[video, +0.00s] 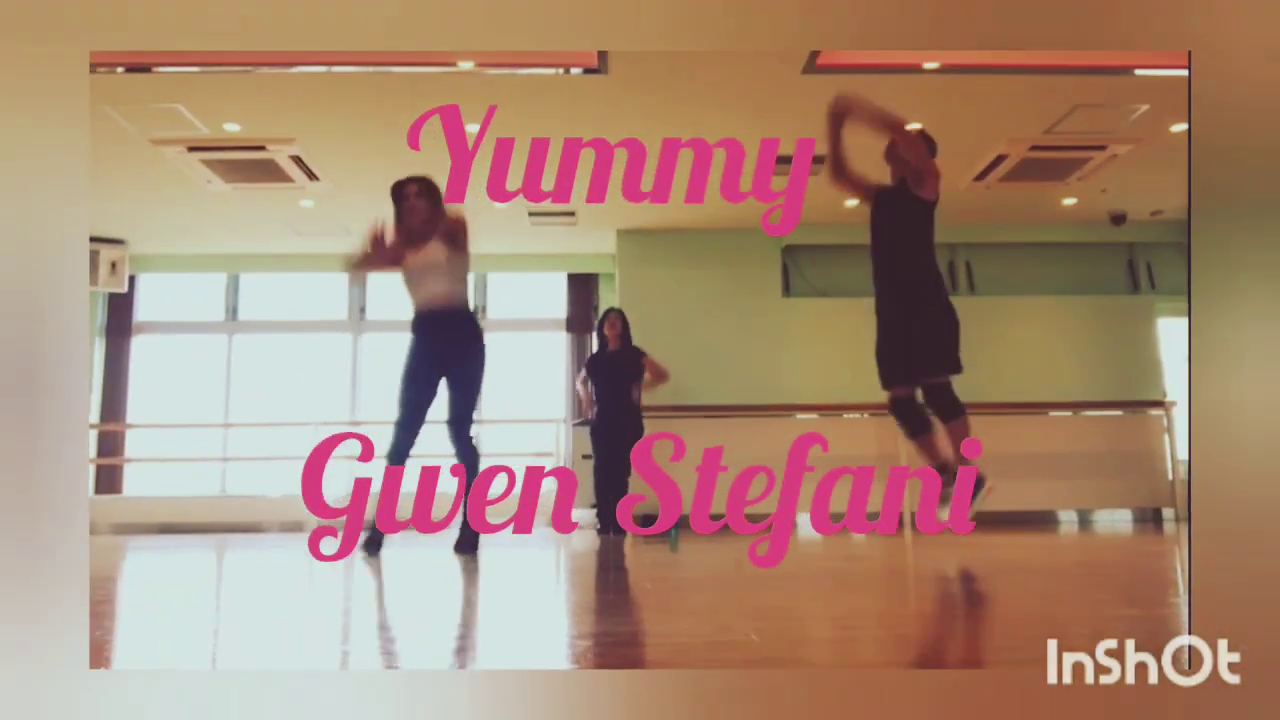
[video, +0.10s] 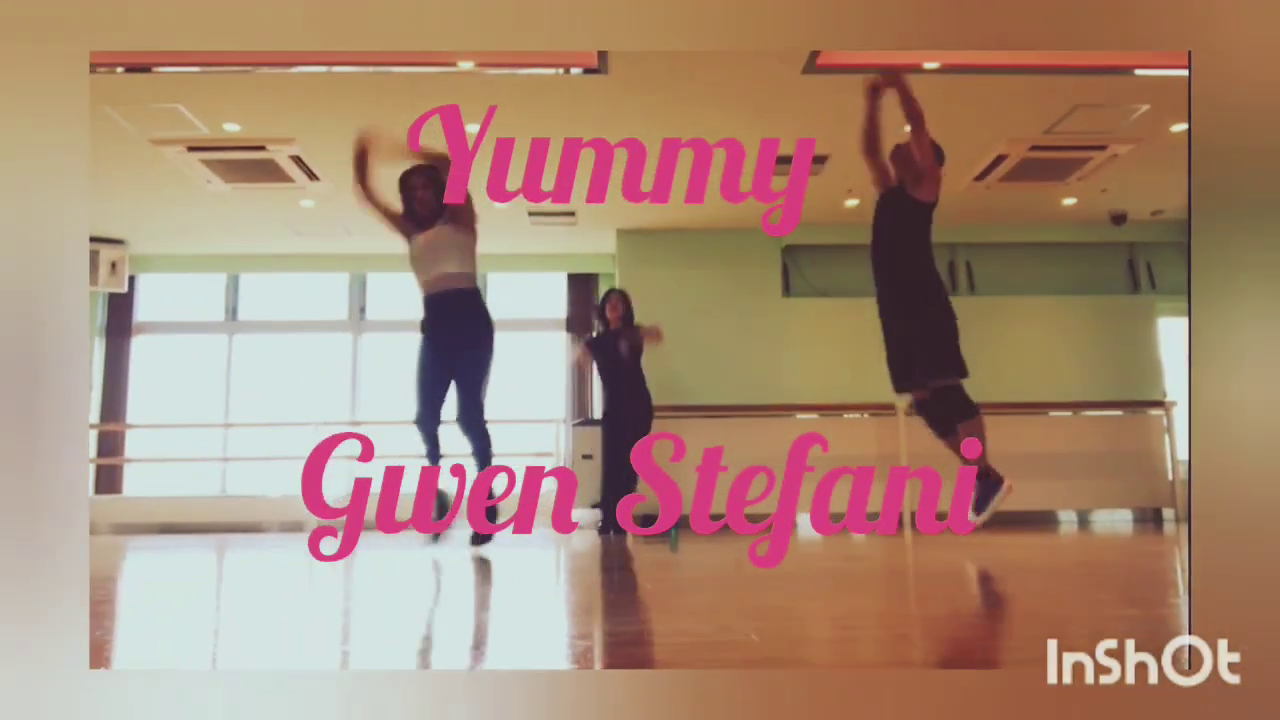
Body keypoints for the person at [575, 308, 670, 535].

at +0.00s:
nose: (614, 326)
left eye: (618, 323)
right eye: (610, 323)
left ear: (625, 327)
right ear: (602, 328)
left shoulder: (635, 354)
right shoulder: (595, 359)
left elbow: (661, 375)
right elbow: (580, 382)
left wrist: (642, 388)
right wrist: (588, 403)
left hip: (628, 418)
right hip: (603, 418)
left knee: (621, 472)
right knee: (603, 471)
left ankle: (619, 522)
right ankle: (604, 524)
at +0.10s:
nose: (614, 308)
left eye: (618, 304)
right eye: (610, 304)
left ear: (626, 308)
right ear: (603, 309)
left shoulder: (634, 333)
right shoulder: (596, 341)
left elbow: (656, 336)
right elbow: (582, 369)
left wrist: (647, 332)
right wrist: (582, 358)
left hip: (638, 403)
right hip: (614, 404)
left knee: (630, 462)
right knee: (612, 461)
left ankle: (622, 517)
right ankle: (608, 518)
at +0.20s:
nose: (620, 299)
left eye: (624, 294)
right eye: (615, 295)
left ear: (631, 299)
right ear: (607, 300)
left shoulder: (637, 322)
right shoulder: (602, 324)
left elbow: (645, 292)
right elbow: (576, 319)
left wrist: (631, 288)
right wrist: (583, 296)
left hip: (643, 392)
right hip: (620, 394)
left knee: (643, 454)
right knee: (627, 455)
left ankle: (648, 512)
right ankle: (633, 511)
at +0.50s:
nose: (617, 314)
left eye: (623, 309)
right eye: (616, 310)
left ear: (632, 314)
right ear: (617, 317)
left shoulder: (634, 339)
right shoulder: (621, 339)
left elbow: (622, 311)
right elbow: (606, 317)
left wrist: (623, 292)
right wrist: (618, 290)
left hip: (653, 413)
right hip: (639, 412)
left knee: (656, 473)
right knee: (634, 475)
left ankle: (683, 526)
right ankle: (671, 522)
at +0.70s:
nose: (615, 304)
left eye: (622, 300)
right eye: (618, 299)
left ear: (634, 308)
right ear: (633, 310)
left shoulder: (631, 338)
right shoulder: (621, 339)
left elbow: (627, 365)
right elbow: (606, 365)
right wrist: (592, 379)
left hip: (629, 419)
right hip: (639, 417)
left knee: (589, 473)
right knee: (658, 479)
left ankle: (593, 535)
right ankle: (687, 535)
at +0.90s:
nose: (593, 327)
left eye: (601, 324)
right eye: (595, 323)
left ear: (613, 333)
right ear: (595, 328)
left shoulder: (607, 360)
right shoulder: (583, 360)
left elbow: (629, 390)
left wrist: (655, 413)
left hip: (601, 448)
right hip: (581, 448)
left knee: (636, 502)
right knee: (536, 489)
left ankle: (689, 547)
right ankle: (520, 554)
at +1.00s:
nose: (576, 317)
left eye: (584, 315)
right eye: (575, 312)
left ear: (593, 325)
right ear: (569, 316)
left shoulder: (590, 351)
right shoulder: (553, 350)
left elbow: (609, 388)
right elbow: (556, 391)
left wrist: (619, 419)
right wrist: (552, 423)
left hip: (579, 437)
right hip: (553, 437)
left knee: (615, 494)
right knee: (517, 488)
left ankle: (668, 542)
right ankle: (517, 555)